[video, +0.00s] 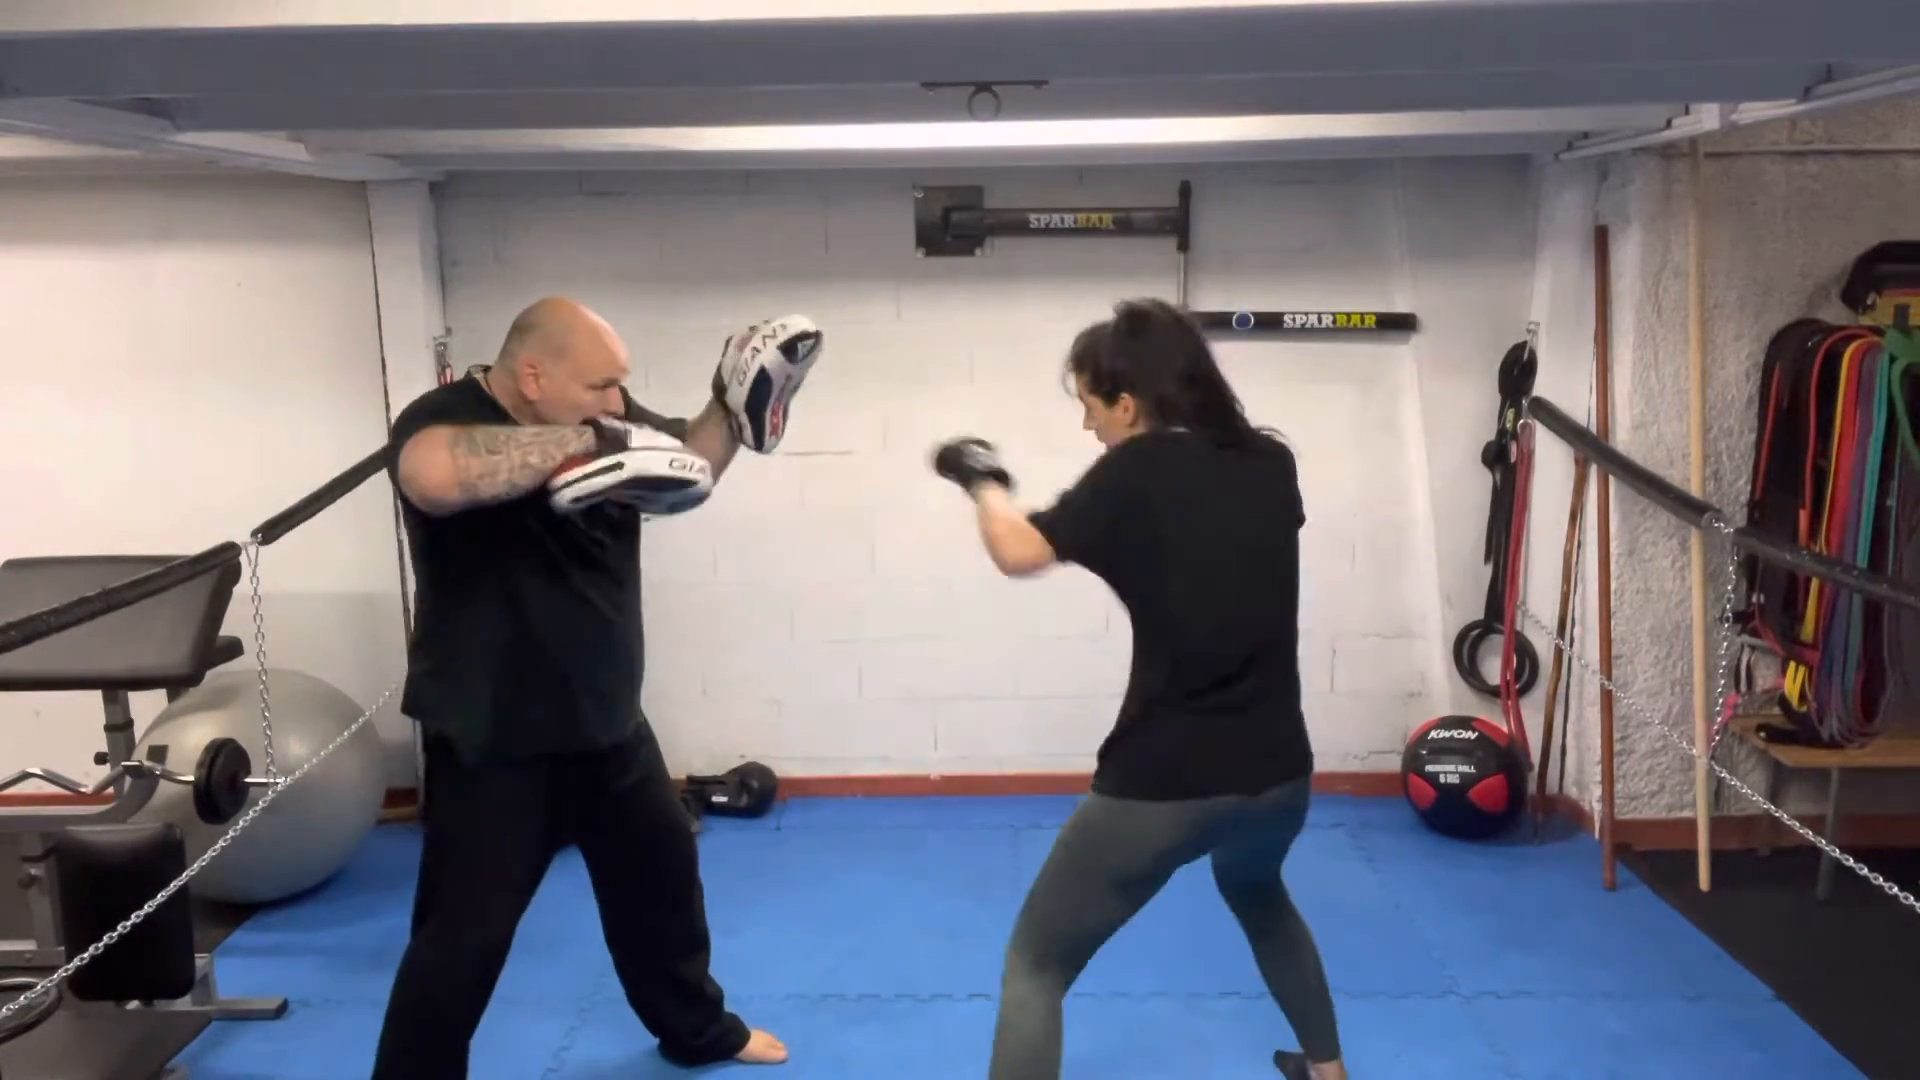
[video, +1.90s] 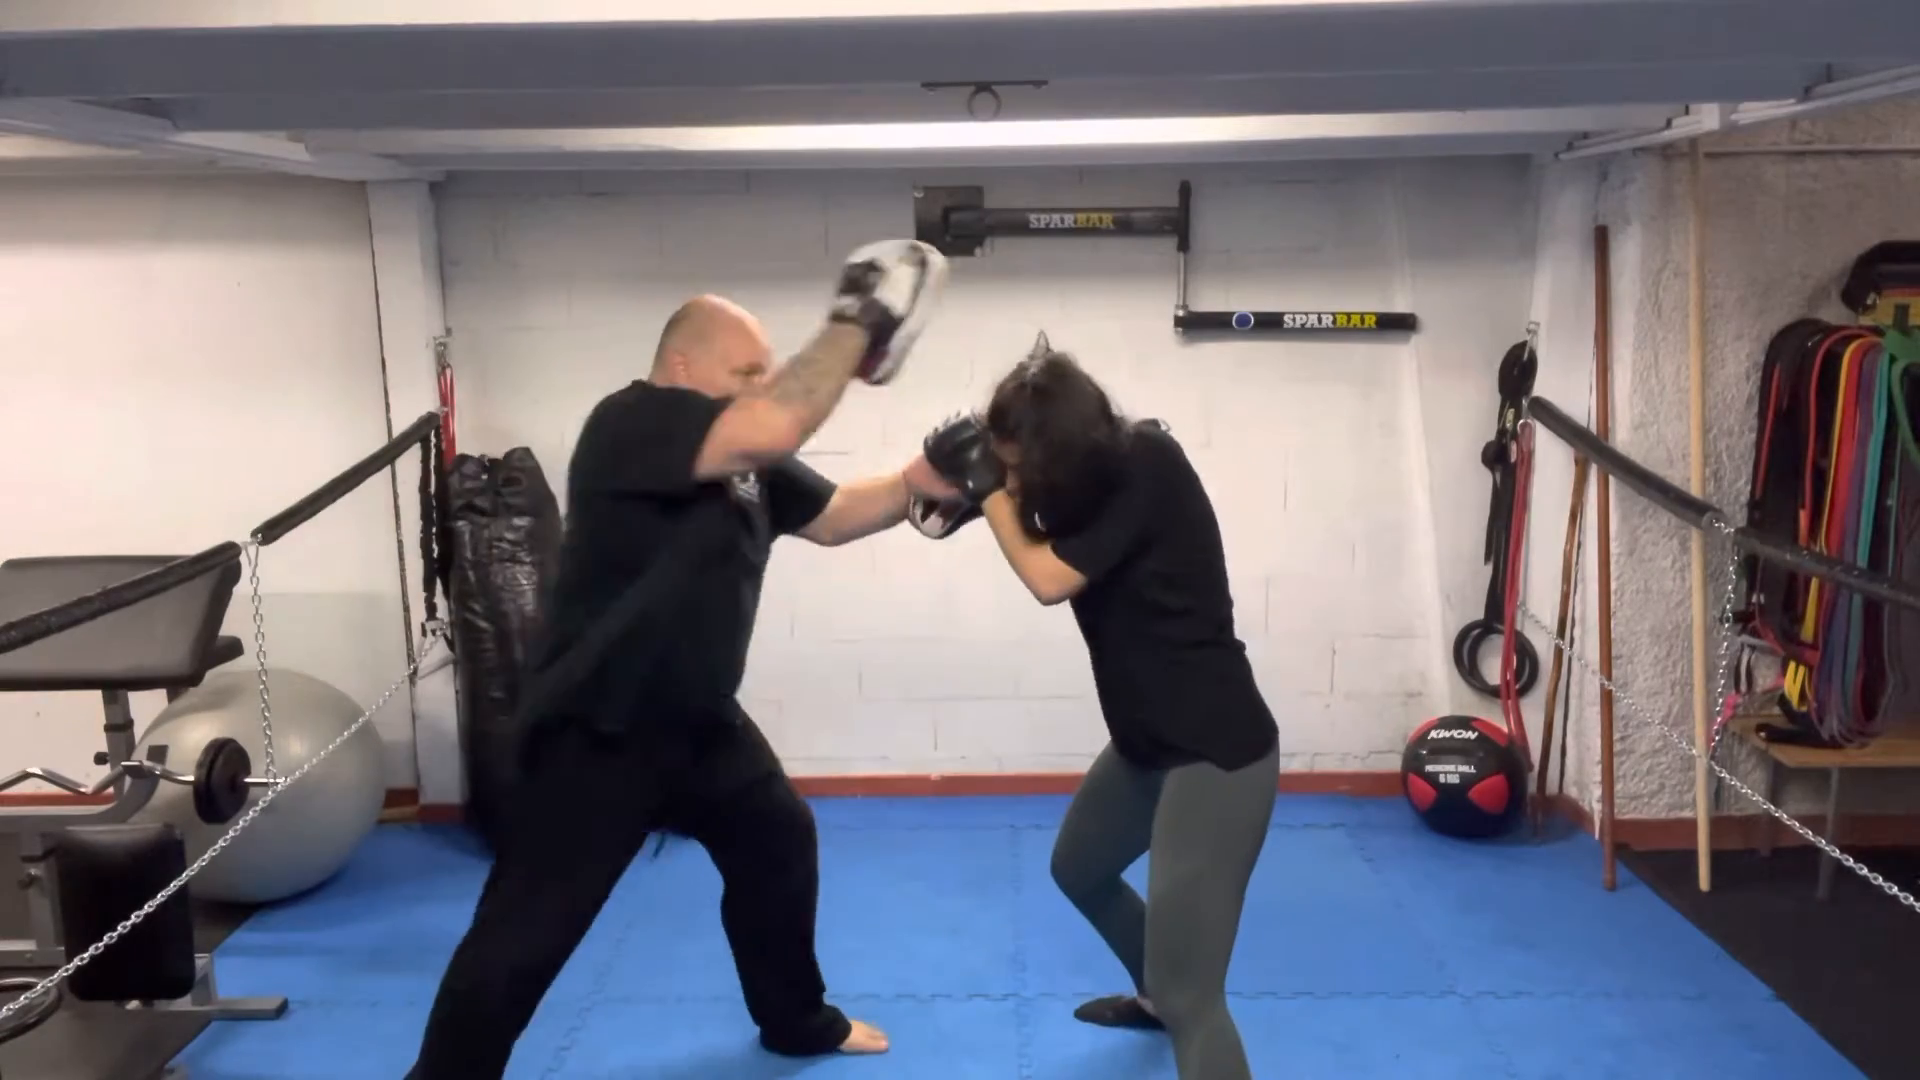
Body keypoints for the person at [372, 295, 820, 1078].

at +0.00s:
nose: (616, 404)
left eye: (618, 387)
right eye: (600, 386)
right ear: (531, 375)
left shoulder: (606, 424)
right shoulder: (446, 417)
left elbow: (684, 467)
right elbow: (432, 479)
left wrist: (737, 401)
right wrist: (588, 446)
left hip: (605, 727)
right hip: (486, 743)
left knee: (661, 876)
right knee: (458, 948)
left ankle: (696, 1031)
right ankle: (413, 1073)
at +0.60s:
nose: (605, 401)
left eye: (607, 380)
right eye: (588, 382)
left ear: (527, 372)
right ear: (520, 371)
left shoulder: (559, 439)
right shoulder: (438, 442)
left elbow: (576, 535)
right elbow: (501, 556)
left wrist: (656, 504)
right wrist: (632, 471)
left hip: (582, 737)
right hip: (480, 756)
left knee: (643, 894)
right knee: (459, 952)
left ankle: (697, 1032)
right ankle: (413, 1073)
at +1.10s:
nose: (660, 401)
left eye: (663, 386)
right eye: (647, 385)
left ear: (587, 384)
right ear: (582, 382)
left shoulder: (625, 451)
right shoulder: (486, 472)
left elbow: (641, 569)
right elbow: (555, 604)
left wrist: (687, 610)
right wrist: (651, 489)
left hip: (659, 747)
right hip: (540, 768)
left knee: (736, 879)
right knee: (477, 960)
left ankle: (793, 1027)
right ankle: (414, 1073)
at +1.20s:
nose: (677, 394)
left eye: (691, 382)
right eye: (666, 373)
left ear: (702, 397)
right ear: (615, 370)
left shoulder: (691, 457)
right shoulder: (528, 448)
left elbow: (719, 526)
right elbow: (558, 578)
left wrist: (781, 556)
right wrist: (629, 444)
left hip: (700, 738)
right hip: (571, 753)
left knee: (776, 863)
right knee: (489, 953)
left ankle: (795, 1027)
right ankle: (424, 1070)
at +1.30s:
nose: (734, 395)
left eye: (736, 379)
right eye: (722, 377)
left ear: (717, 380)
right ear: (663, 370)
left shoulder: (740, 435)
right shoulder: (548, 434)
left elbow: (805, 470)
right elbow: (539, 551)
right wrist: (620, 429)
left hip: (718, 730)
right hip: (584, 739)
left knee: (788, 877)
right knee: (513, 937)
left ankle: (797, 1029)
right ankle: (440, 1074)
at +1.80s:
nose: (710, 381)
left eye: (715, 371)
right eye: (692, 364)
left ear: (723, 384)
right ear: (641, 370)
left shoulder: (733, 451)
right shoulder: (570, 428)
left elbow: (827, 502)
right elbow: (636, 485)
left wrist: (924, 474)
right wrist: (721, 367)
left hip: (686, 731)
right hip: (568, 742)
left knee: (767, 846)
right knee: (504, 940)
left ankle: (789, 1020)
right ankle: (447, 1072)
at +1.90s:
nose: (764, 391)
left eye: (767, 378)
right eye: (746, 373)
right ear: (681, 364)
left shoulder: (749, 464)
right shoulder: (626, 425)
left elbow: (833, 514)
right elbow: (775, 427)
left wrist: (923, 474)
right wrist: (856, 324)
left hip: (699, 726)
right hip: (592, 733)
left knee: (776, 843)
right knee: (521, 940)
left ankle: (794, 1021)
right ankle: (445, 1071)